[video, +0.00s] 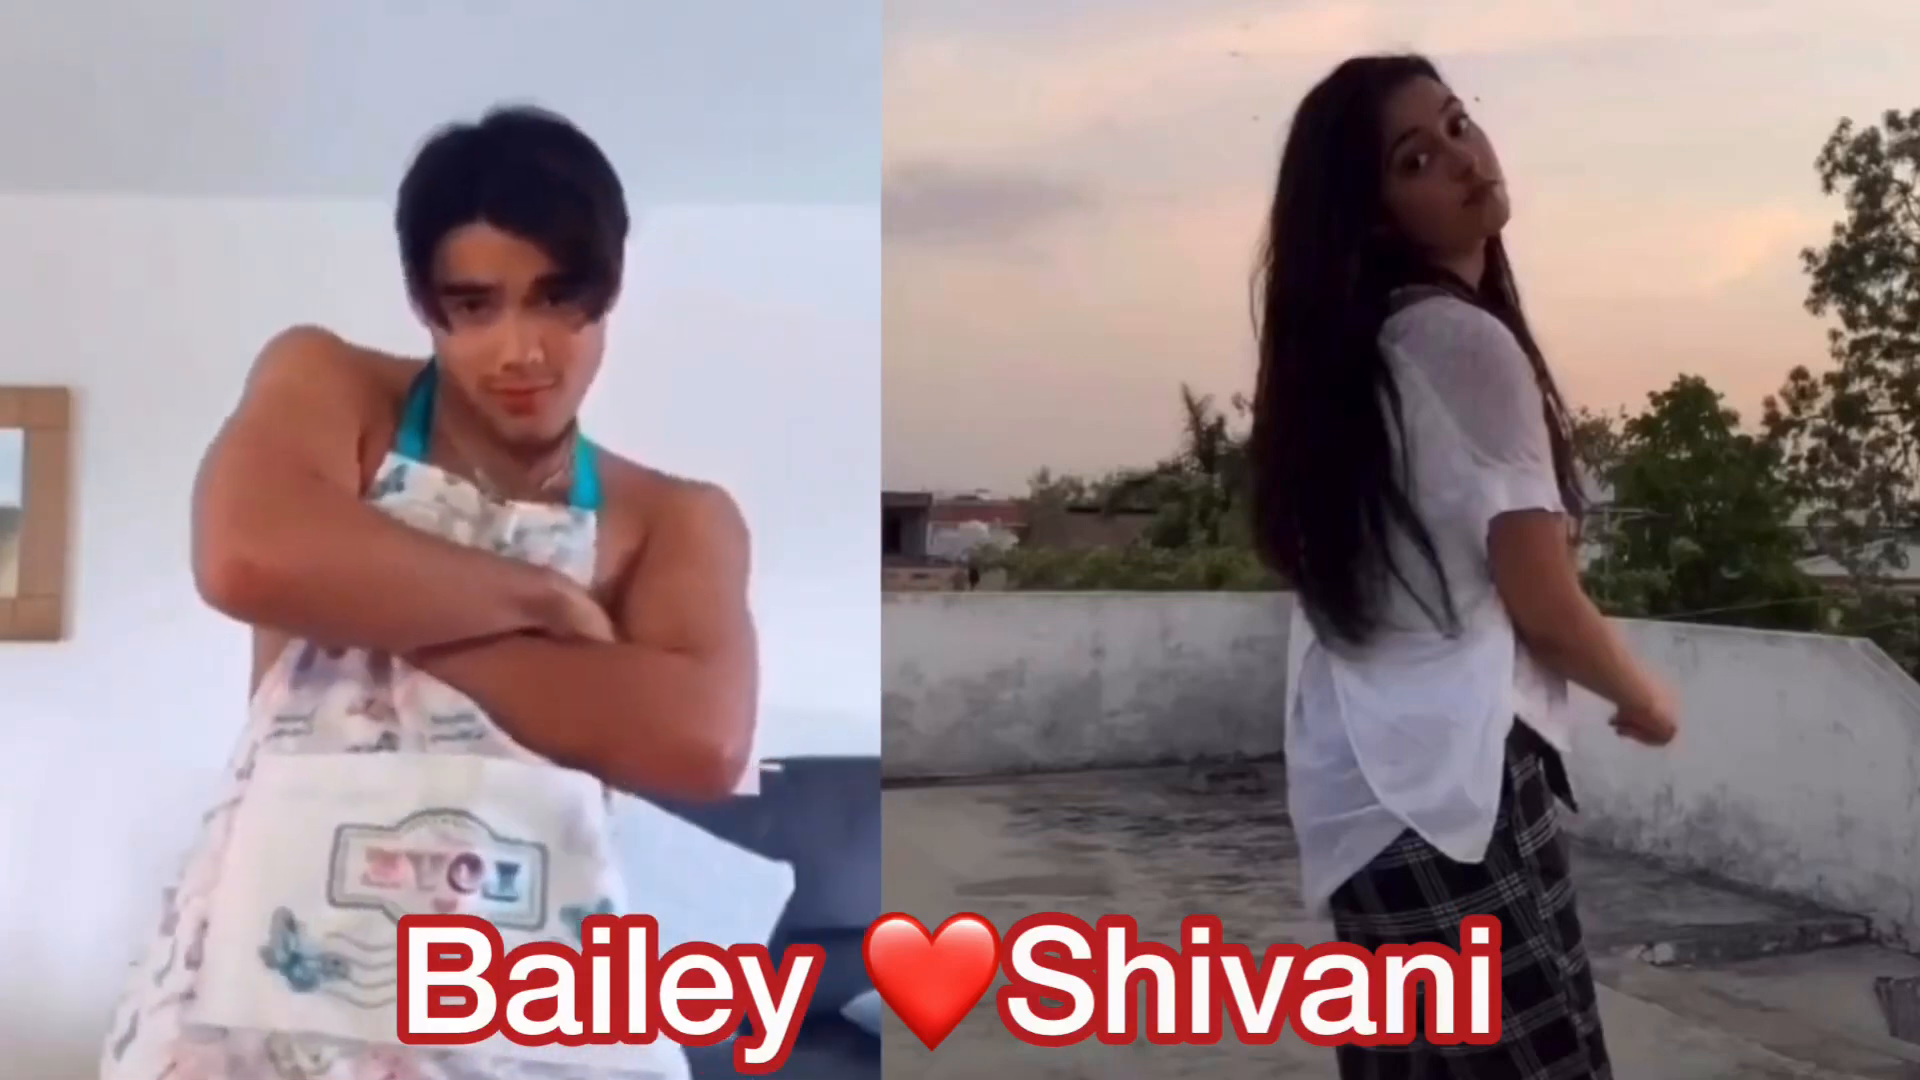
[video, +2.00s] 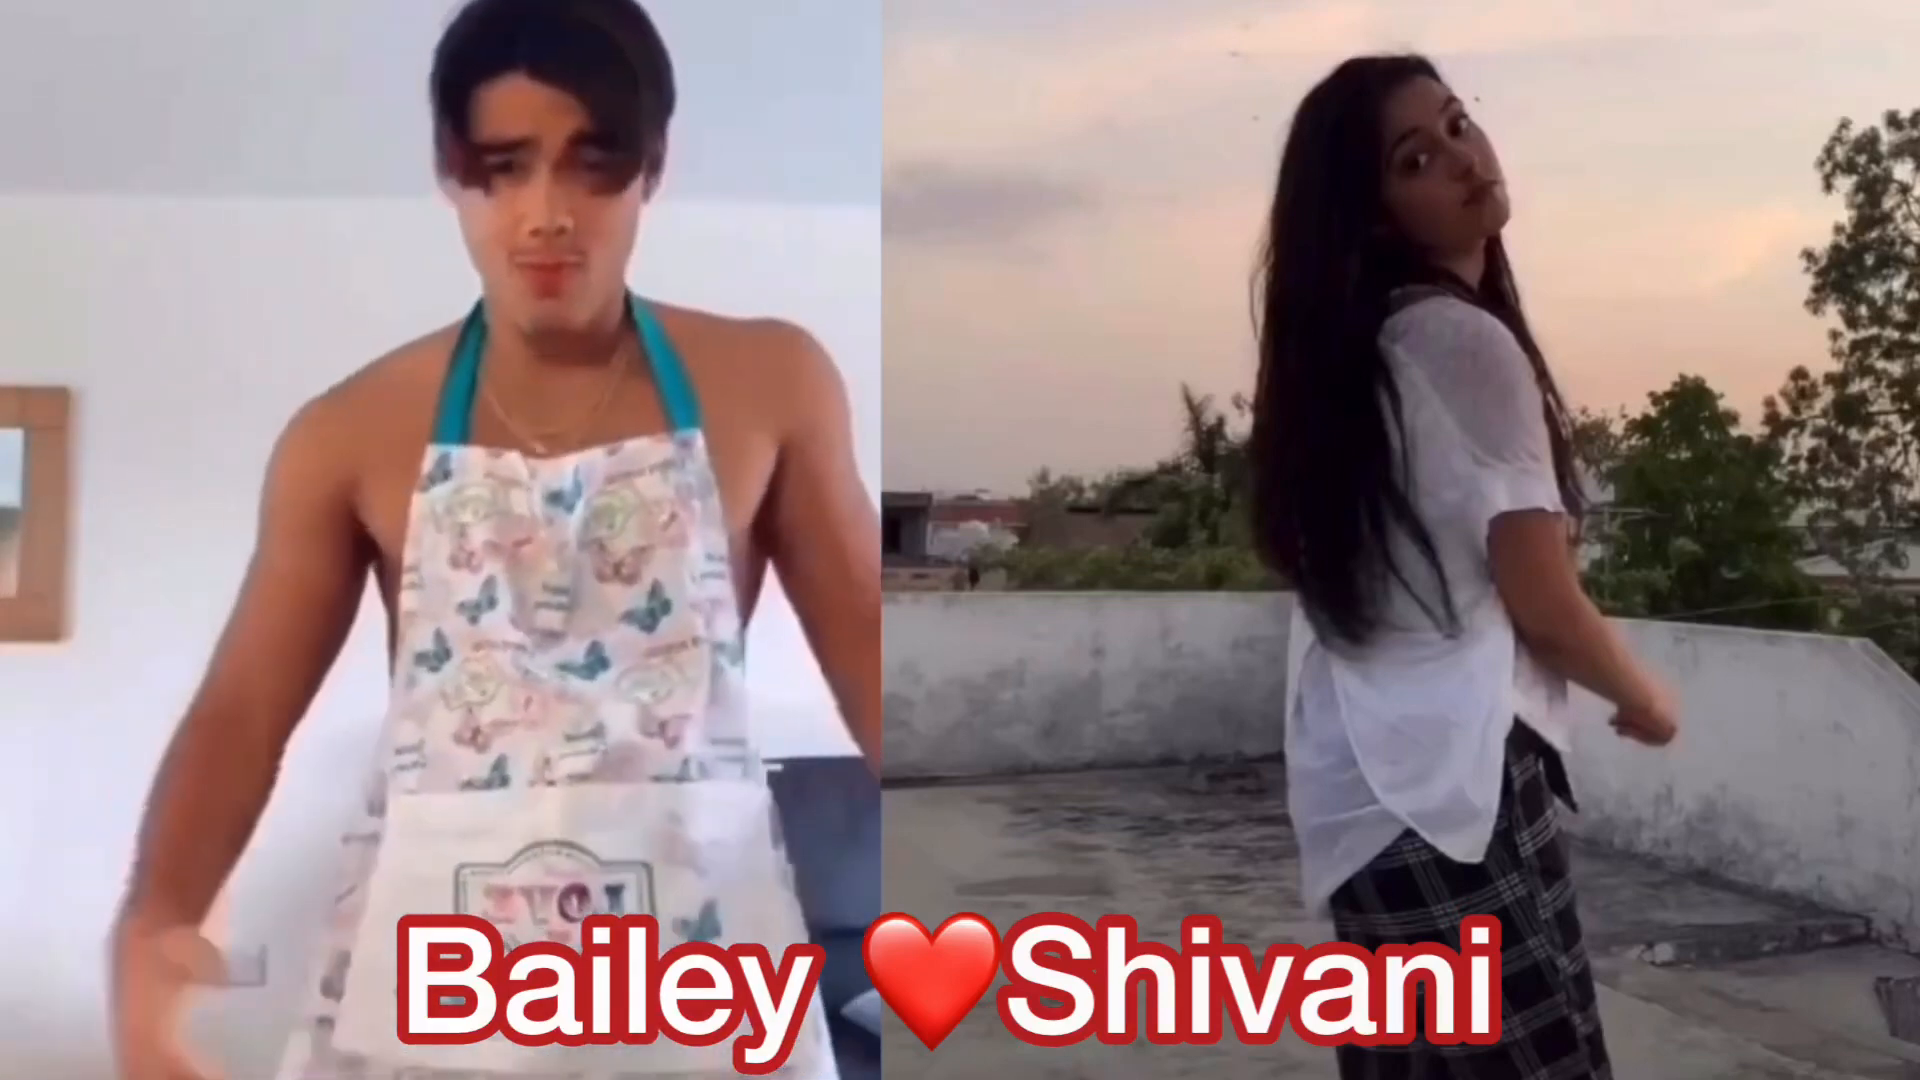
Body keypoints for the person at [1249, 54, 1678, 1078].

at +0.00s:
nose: (1467, 158)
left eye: (1459, 125)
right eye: (1418, 158)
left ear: (1480, 128)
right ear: (1370, 210)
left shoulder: (1352, 333)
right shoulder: (1464, 339)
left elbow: (1393, 566)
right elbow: (1545, 603)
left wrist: (1546, 665)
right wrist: (1642, 697)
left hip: (1362, 783)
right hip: (1451, 789)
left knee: (1397, 1056)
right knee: (1544, 1055)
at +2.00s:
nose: (1467, 158)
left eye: (1459, 125)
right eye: (1418, 159)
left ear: (1480, 129)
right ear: (1370, 210)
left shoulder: (1352, 332)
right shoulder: (1464, 339)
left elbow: (1392, 565)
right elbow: (1544, 602)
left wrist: (1545, 666)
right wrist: (1643, 697)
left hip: (1361, 783)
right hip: (1451, 789)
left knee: (1396, 1056)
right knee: (1544, 1055)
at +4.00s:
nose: (1466, 158)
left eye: (1459, 125)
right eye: (1417, 158)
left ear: (1480, 129)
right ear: (1370, 210)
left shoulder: (1354, 333)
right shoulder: (1465, 339)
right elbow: (1546, 604)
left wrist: (1561, 666)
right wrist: (1642, 696)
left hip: (1362, 783)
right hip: (1452, 789)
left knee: (1397, 1056)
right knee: (1545, 1056)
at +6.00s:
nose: (1466, 157)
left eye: (1459, 125)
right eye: (1417, 158)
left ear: (1480, 128)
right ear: (1370, 211)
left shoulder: (1353, 333)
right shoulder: (1465, 339)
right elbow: (1546, 604)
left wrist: (1560, 666)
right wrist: (1643, 697)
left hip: (1361, 783)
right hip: (1452, 789)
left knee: (1397, 1056)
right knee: (1545, 1056)